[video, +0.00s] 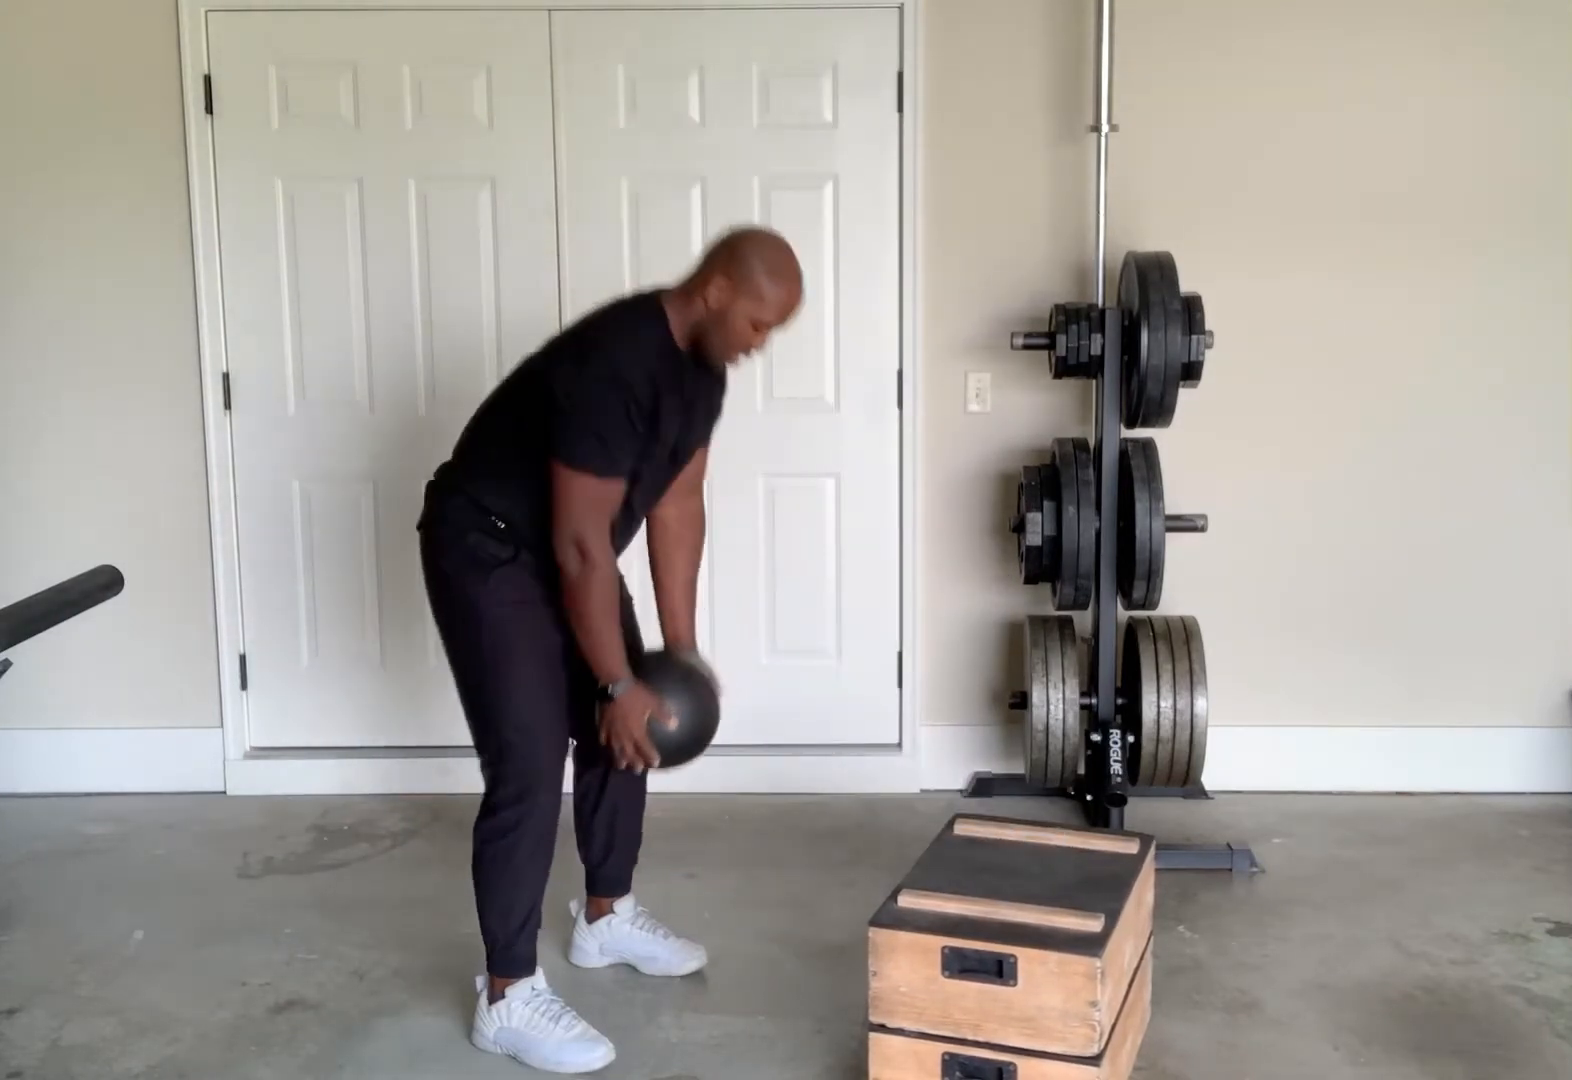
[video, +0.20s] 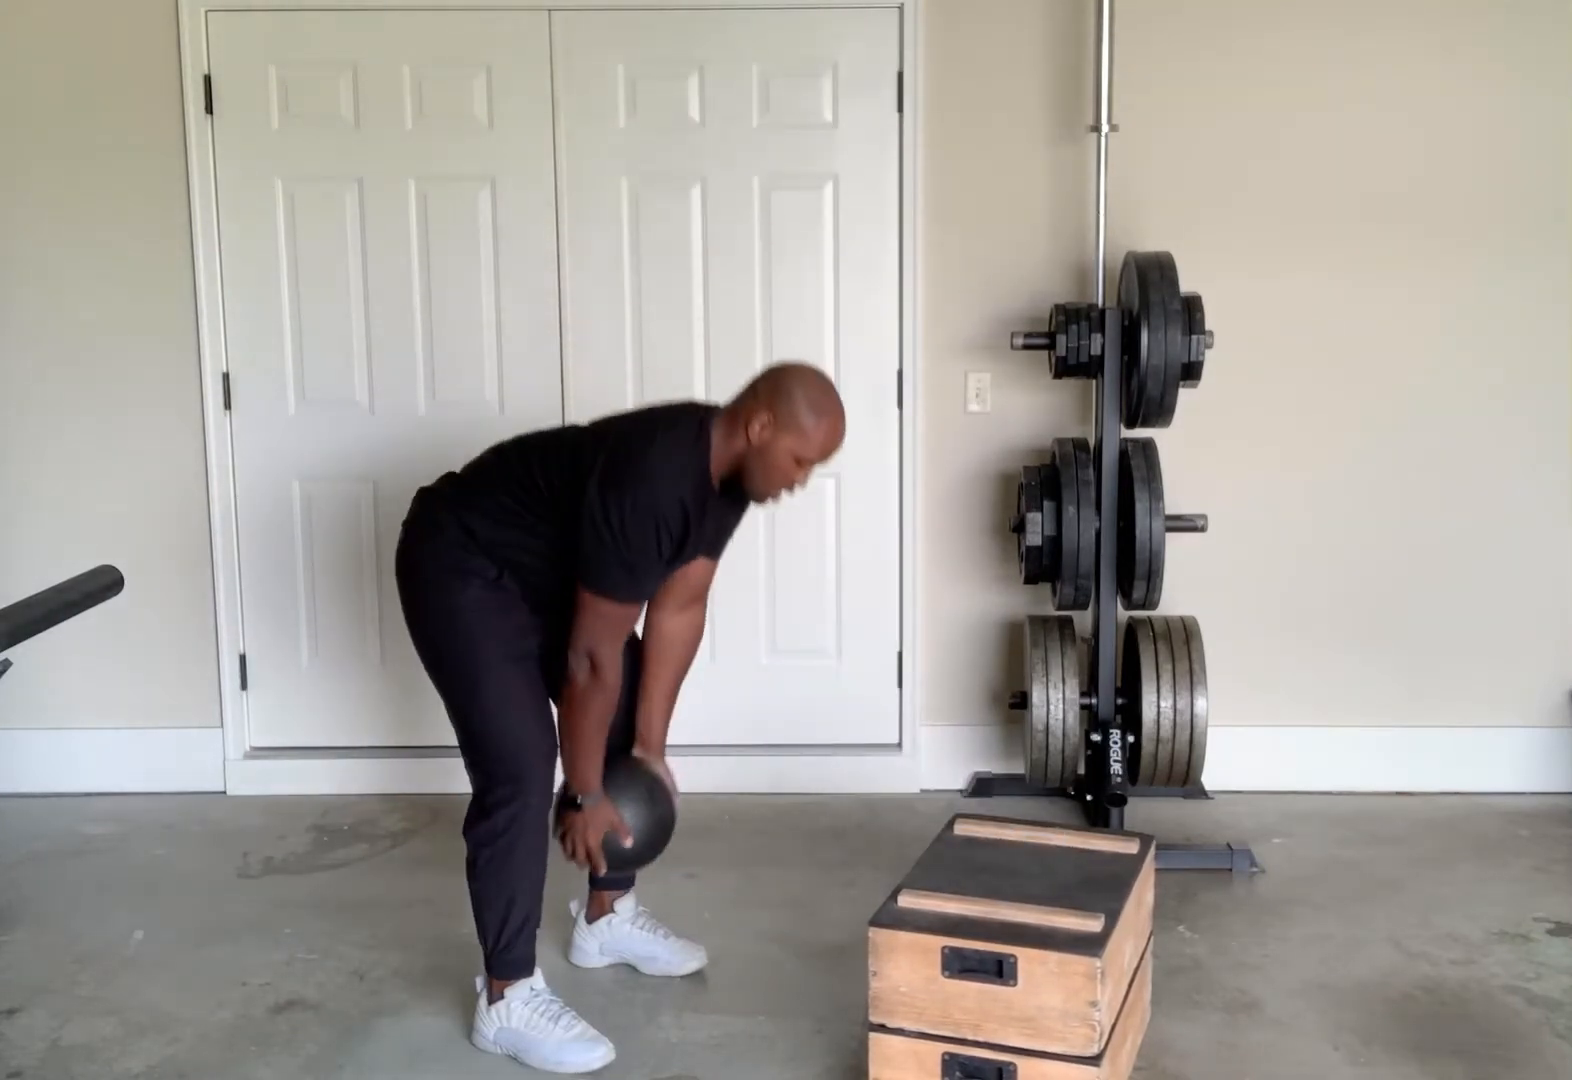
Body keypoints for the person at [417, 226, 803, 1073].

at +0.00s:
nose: (760, 341)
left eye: (772, 328)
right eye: (758, 321)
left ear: (734, 300)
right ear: (714, 286)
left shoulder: (701, 366)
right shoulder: (614, 360)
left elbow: (678, 503)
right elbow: (578, 546)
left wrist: (679, 651)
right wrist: (617, 689)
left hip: (571, 544)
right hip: (485, 544)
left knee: (622, 715)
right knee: (528, 759)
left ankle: (606, 916)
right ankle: (506, 991)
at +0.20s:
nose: (802, 481)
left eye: (812, 468)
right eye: (800, 461)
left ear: (759, 427)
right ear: (756, 426)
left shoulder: (730, 478)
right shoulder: (650, 473)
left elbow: (680, 609)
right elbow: (591, 658)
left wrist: (649, 753)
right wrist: (583, 792)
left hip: (547, 567)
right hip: (458, 558)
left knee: (633, 710)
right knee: (519, 767)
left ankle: (607, 915)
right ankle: (507, 994)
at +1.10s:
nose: (766, 134)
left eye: (764, 118)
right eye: (743, 120)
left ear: (750, 134)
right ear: (689, 131)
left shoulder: (739, 206)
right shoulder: (646, 190)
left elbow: (741, 65)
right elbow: (662, 13)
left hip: (774, 502)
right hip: (665, 517)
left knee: (941, 578)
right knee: (613, 745)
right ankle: (542, 967)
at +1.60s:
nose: (750, 125)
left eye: (752, 105)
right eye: (727, 105)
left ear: (738, 118)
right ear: (672, 112)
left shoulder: (742, 194)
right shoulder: (631, 204)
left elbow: (801, 99)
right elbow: (675, 41)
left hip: (820, 495)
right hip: (699, 510)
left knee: (972, 583)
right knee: (645, 740)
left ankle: (956, 814)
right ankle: (556, 955)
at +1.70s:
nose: (696, 124)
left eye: (695, 111)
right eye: (677, 110)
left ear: (695, 120)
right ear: (629, 117)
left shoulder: (719, 205)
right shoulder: (597, 220)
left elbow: (813, 140)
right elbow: (685, 115)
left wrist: (785, 5)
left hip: (800, 492)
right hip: (676, 510)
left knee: (954, 582)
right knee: (632, 739)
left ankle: (956, 813)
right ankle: (550, 960)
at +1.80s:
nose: (664, 133)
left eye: (664, 120)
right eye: (640, 118)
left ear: (658, 141)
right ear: (581, 145)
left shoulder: (690, 242)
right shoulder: (554, 244)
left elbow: (806, 258)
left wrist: (788, 134)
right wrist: (723, 134)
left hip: (764, 502)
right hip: (642, 522)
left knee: (922, 582)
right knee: (605, 746)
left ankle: (953, 813)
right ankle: (538, 970)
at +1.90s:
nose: (623, 155)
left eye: (617, 138)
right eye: (599, 141)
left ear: (583, 163)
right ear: (542, 167)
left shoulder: (643, 281)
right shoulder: (509, 297)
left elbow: (708, 412)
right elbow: (561, 442)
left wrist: (742, 321)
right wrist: (693, 339)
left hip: (701, 525)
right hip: (584, 562)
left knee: (877, 577)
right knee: (562, 769)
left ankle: (938, 809)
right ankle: (522, 982)